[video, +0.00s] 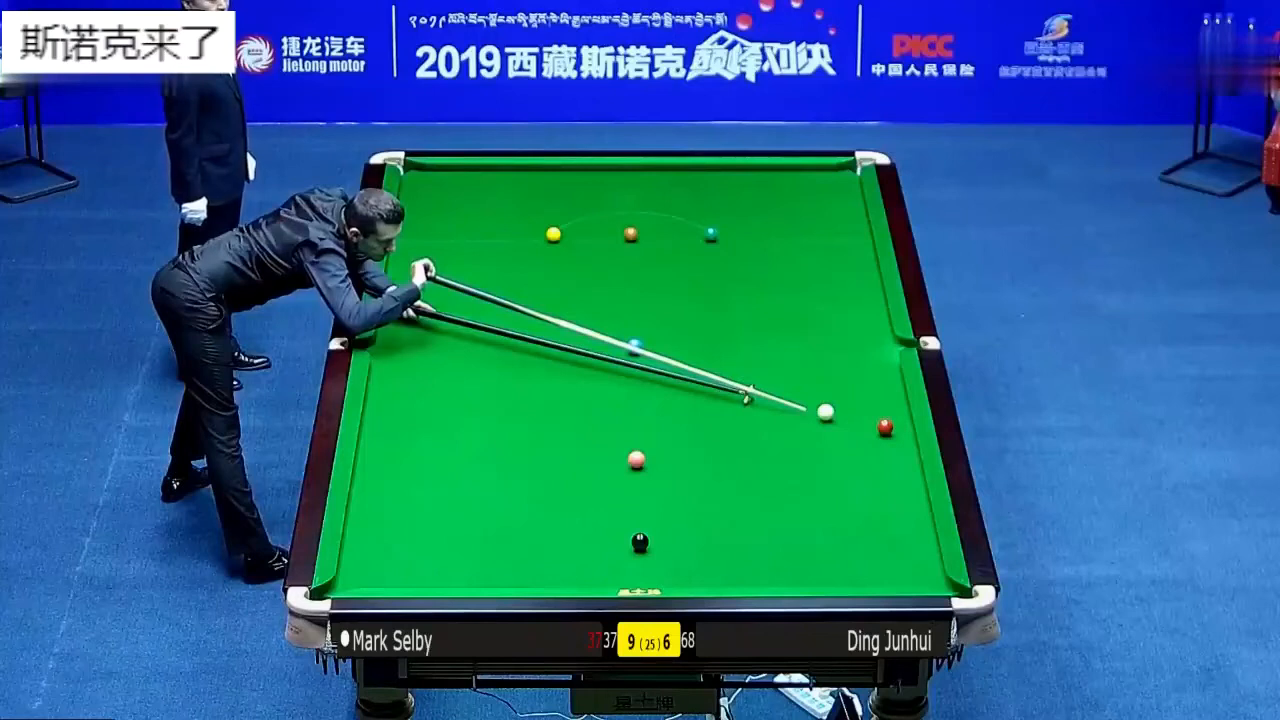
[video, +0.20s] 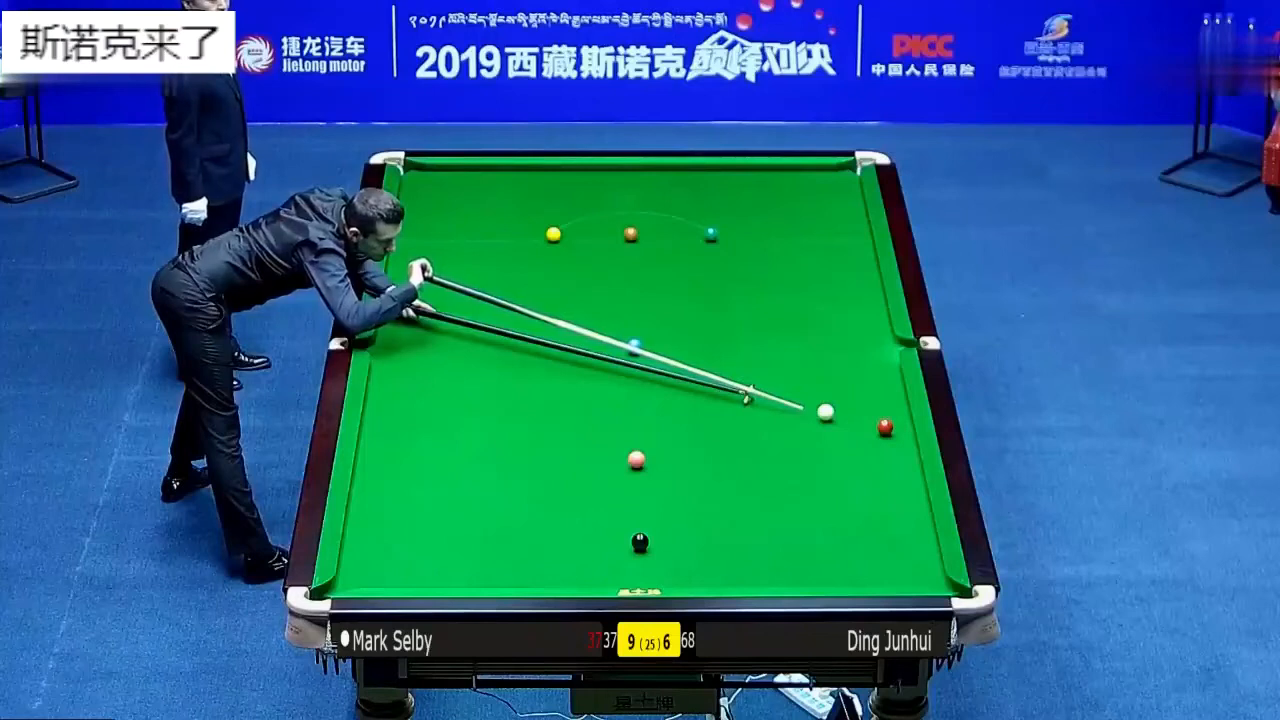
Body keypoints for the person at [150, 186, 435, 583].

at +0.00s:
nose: (391, 249)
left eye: (394, 241)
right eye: (386, 243)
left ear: (355, 224)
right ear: (354, 234)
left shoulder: (334, 203)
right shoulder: (322, 245)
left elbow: (361, 262)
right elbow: (355, 319)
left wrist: (401, 300)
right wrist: (412, 287)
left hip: (180, 276)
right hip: (194, 298)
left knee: (204, 383)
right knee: (221, 428)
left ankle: (180, 473)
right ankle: (255, 557)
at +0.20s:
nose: (391, 249)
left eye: (394, 241)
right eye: (386, 242)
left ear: (356, 222)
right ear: (354, 234)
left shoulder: (334, 203)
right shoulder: (321, 244)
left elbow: (360, 262)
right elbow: (353, 319)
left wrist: (401, 300)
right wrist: (410, 287)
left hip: (180, 276)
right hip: (194, 298)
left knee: (203, 384)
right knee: (221, 428)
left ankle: (179, 473)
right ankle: (255, 557)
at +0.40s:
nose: (389, 247)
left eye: (392, 239)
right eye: (384, 241)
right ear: (353, 233)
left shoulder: (335, 203)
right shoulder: (321, 244)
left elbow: (358, 260)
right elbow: (351, 318)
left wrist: (394, 296)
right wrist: (394, 283)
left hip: (180, 276)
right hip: (194, 298)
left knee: (204, 383)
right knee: (221, 428)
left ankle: (180, 473)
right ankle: (255, 557)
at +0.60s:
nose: (388, 248)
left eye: (391, 240)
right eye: (383, 242)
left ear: (356, 220)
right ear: (353, 233)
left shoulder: (336, 202)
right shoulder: (321, 243)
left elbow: (359, 259)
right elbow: (351, 318)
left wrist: (388, 295)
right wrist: (389, 281)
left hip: (180, 276)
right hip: (193, 298)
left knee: (204, 384)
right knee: (221, 428)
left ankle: (179, 473)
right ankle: (255, 557)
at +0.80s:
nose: (388, 248)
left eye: (391, 240)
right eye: (383, 241)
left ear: (356, 219)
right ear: (353, 233)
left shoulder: (337, 202)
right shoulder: (321, 243)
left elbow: (358, 258)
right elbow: (351, 317)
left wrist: (387, 294)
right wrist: (386, 279)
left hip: (180, 276)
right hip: (193, 298)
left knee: (205, 383)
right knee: (221, 428)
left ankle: (180, 473)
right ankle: (255, 557)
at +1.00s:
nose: (389, 245)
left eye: (392, 238)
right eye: (384, 239)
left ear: (356, 220)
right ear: (354, 232)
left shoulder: (336, 202)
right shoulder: (321, 242)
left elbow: (361, 260)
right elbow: (354, 317)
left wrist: (396, 295)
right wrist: (398, 282)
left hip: (181, 275)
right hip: (194, 297)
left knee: (204, 382)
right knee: (222, 429)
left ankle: (180, 473)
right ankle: (255, 557)